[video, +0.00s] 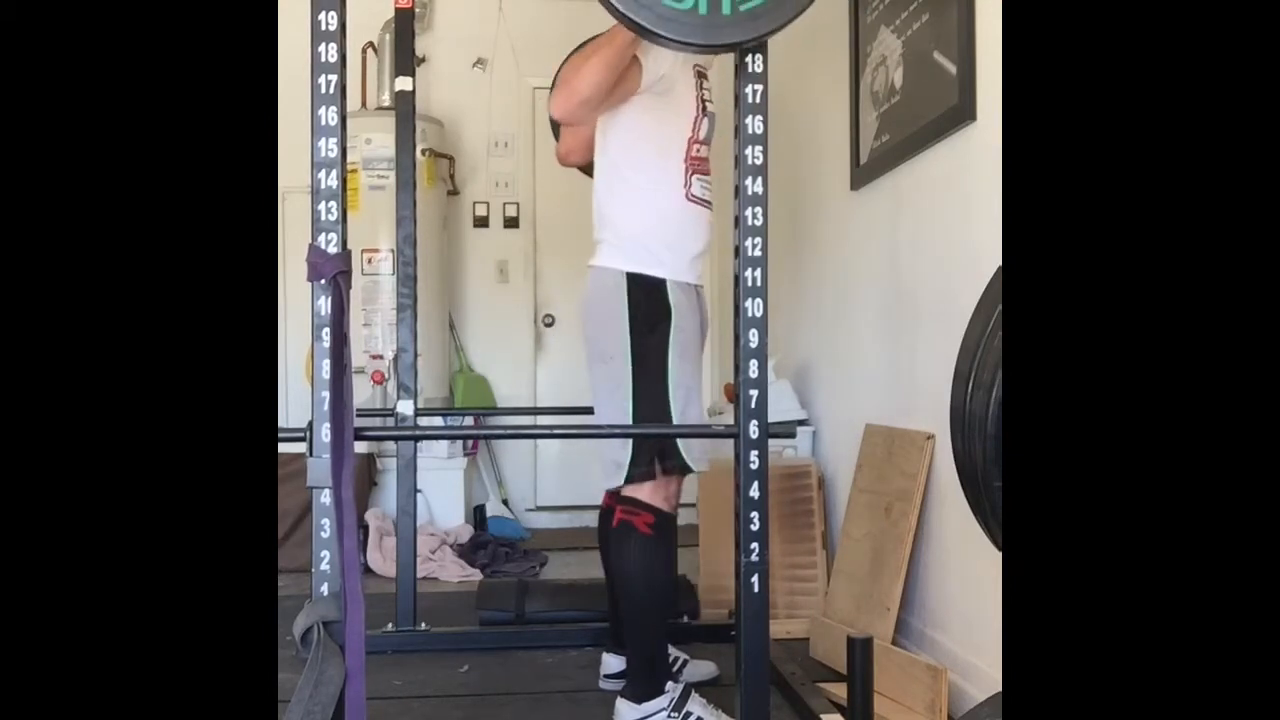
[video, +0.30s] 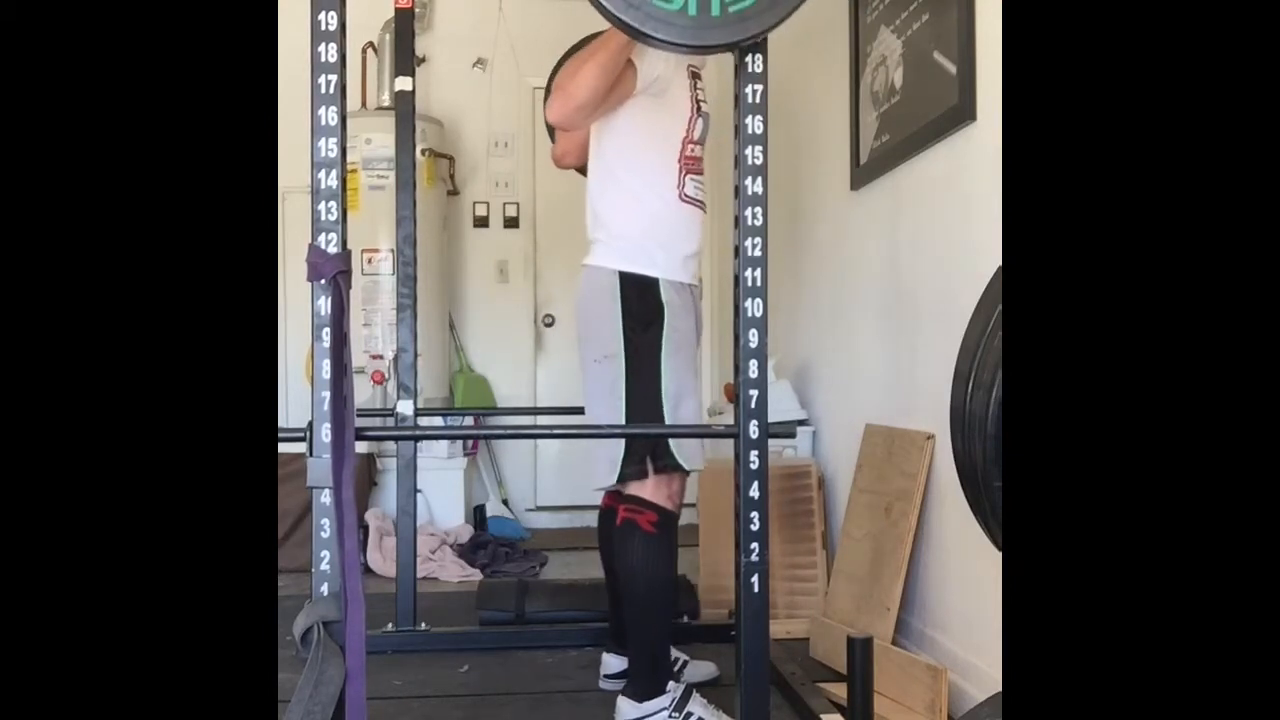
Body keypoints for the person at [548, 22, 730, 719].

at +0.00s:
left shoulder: (678, 57)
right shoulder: (642, 40)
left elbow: (570, 148)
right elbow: (566, 102)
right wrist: (640, 16)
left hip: (663, 285)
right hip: (640, 286)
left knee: (647, 476)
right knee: (657, 477)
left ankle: (628, 650)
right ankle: (647, 692)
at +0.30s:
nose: (708, 12)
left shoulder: (672, 60)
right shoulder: (623, 44)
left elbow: (566, 152)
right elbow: (562, 109)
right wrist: (633, 21)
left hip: (655, 285)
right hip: (637, 285)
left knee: (641, 477)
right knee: (658, 480)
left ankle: (630, 650)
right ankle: (648, 694)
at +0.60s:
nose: (696, 25)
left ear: (667, 5)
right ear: (657, 4)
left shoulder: (655, 61)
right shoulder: (611, 43)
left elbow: (544, 148)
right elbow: (537, 107)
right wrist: (607, 21)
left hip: (642, 281)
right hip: (607, 279)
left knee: (650, 469)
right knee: (634, 472)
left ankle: (646, 647)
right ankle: (630, 682)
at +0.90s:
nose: (700, 26)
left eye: (701, 18)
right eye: (694, 15)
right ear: (654, 4)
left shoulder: (632, 60)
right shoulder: (574, 43)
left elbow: (514, 148)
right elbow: (488, 102)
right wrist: (558, 19)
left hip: (622, 289)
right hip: (571, 286)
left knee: (638, 475)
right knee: (555, 482)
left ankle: (631, 649)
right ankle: (459, 686)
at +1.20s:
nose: (664, 9)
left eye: (665, 4)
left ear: (629, 5)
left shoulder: (579, 54)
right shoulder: (538, 22)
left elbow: (453, 135)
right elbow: (423, 79)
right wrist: (493, 3)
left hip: (550, 288)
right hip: (501, 283)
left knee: (584, 454)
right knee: (480, 485)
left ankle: (553, 621)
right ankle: (448, 697)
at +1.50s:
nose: (635, 10)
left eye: (636, 5)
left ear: (602, 9)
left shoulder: (551, 57)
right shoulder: (509, 31)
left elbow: (434, 134)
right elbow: (397, 90)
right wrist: (453, 14)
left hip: (518, 286)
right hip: (480, 283)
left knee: (492, 484)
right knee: (472, 489)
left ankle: (475, 646)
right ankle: (445, 696)